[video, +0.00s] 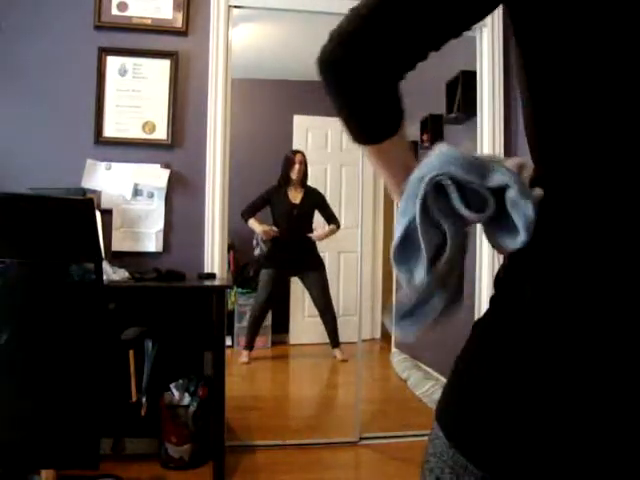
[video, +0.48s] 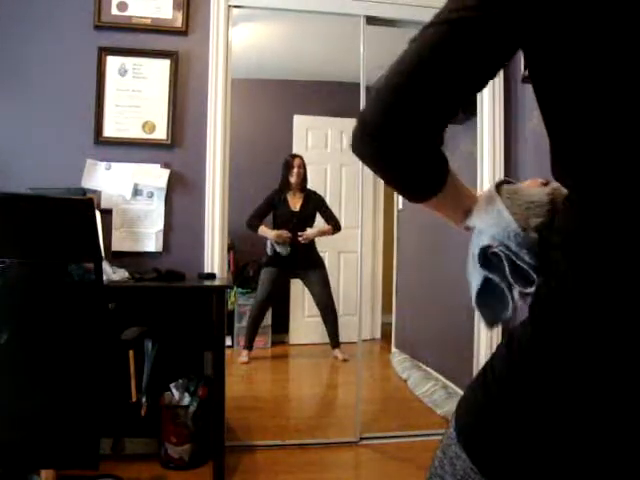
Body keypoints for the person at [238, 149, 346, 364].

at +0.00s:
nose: (298, 167)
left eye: (301, 164)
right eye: (294, 163)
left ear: (306, 168)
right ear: (286, 166)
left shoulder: (313, 195)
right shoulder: (275, 193)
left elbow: (335, 224)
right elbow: (246, 214)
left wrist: (320, 235)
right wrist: (260, 228)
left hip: (305, 252)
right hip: (277, 252)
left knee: (323, 301)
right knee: (262, 301)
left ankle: (336, 347)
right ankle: (247, 348)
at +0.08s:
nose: (298, 167)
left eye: (301, 164)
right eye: (294, 163)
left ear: (306, 168)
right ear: (286, 166)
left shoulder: (313, 195)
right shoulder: (275, 193)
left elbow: (335, 224)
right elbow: (246, 214)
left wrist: (323, 234)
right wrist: (259, 229)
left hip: (305, 253)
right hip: (277, 253)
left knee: (323, 301)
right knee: (262, 302)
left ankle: (336, 347)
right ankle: (247, 348)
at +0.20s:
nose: (296, 168)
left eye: (300, 165)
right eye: (293, 164)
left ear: (304, 169)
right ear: (285, 167)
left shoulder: (313, 196)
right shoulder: (274, 194)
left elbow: (334, 226)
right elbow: (247, 219)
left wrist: (330, 236)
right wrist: (257, 231)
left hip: (305, 255)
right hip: (277, 255)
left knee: (323, 302)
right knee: (262, 301)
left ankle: (336, 347)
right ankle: (247, 348)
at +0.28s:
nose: (296, 169)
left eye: (299, 166)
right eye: (292, 165)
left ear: (304, 170)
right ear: (285, 169)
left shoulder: (313, 197)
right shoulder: (274, 196)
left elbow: (335, 225)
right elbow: (249, 220)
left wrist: (318, 233)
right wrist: (266, 231)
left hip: (305, 255)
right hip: (278, 256)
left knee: (324, 301)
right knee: (262, 302)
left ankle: (336, 347)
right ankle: (247, 348)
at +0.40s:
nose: (296, 171)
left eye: (300, 167)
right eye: (293, 167)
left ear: (304, 171)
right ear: (286, 171)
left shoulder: (314, 198)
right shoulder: (275, 197)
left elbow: (335, 226)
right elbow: (251, 223)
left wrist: (316, 233)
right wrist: (271, 233)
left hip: (307, 256)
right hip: (278, 256)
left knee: (324, 300)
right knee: (261, 300)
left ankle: (336, 347)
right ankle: (247, 348)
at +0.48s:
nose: (297, 171)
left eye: (301, 167)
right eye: (293, 167)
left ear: (305, 171)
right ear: (286, 171)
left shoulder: (314, 198)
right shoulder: (276, 197)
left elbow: (335, 226)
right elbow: (251, 223)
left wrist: (315, 233)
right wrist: (272, 234)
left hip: (307, 256)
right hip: (278, 257)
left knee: (325, 300)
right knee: (262, 299)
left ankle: (336, 347)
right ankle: (247, 348)